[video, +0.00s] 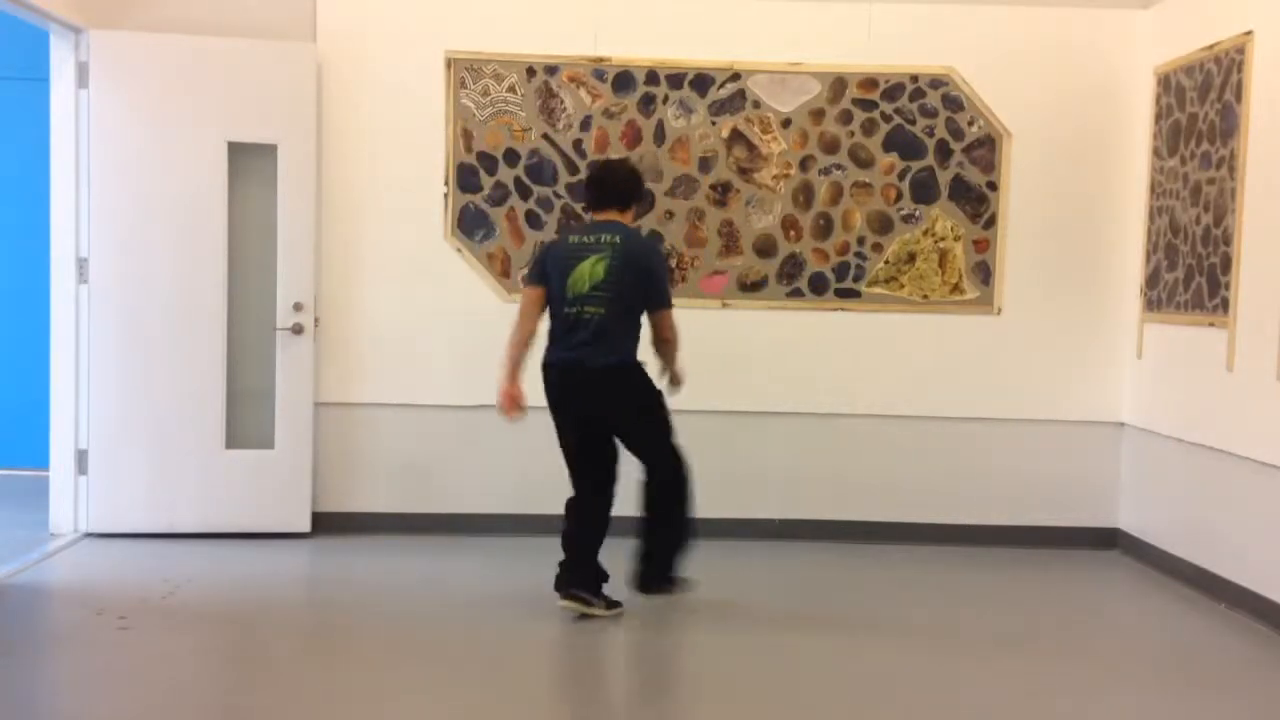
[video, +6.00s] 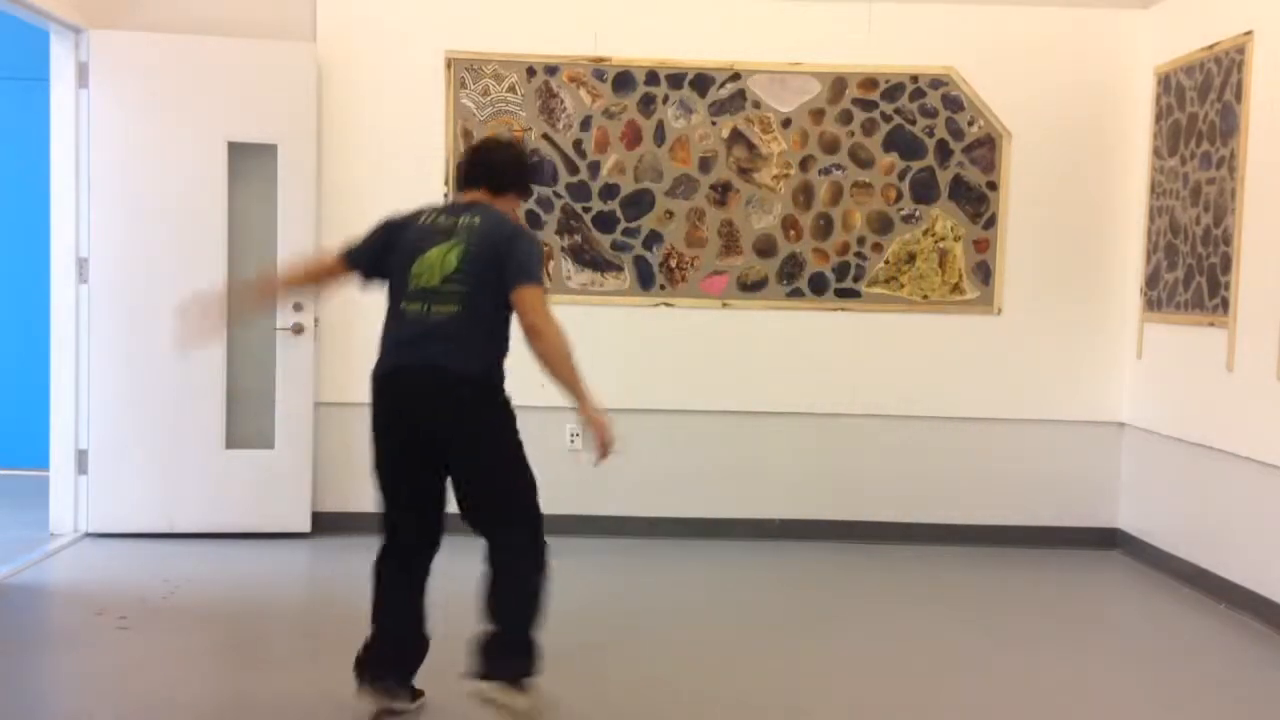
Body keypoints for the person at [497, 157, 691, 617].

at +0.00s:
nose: (638, 211)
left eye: (635, 205)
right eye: (639, 205)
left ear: (589, 201)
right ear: (634, 205)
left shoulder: (556, 248)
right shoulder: (642, 250)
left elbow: (527, 318)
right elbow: (664, 331)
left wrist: (510, 375)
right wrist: (670, 364)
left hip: (563, 381)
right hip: (618, 380)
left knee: (591, 480)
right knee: (666, 466)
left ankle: (578, 579)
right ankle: (656, 571)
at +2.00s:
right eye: (689, 183)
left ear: (639, 190)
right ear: (690, 187)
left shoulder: (620, 246)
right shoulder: (711, 243)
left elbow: (612, 316)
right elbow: (736, 324)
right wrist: (728, 344)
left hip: (613, 390)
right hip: (675, 398)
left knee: (567, 486)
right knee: (666, 514)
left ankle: (491, 587)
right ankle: (629, 627)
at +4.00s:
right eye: (898, 173)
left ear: (832, 182)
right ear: (898, 180)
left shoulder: (802, 256)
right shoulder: (928, 248)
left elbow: (749, 347)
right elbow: (977, 351)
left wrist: (703, 424)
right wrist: (1014, 423)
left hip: (834, 442)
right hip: (909, 438)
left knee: (880, 575)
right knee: (955, 583)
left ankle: (894, 697)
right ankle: (890, 698)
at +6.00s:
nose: (522, 213)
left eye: (523, 203)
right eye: (521, 202)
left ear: (464, 185)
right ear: (506, 194)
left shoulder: (409, 226)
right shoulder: (510, 235)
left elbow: (323, 269)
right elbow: (535, 319)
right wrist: (586, 403)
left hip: (397, 396)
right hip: (469, 398)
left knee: (409, 531)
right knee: (516, 527)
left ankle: (387, 672)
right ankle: (506, 662)